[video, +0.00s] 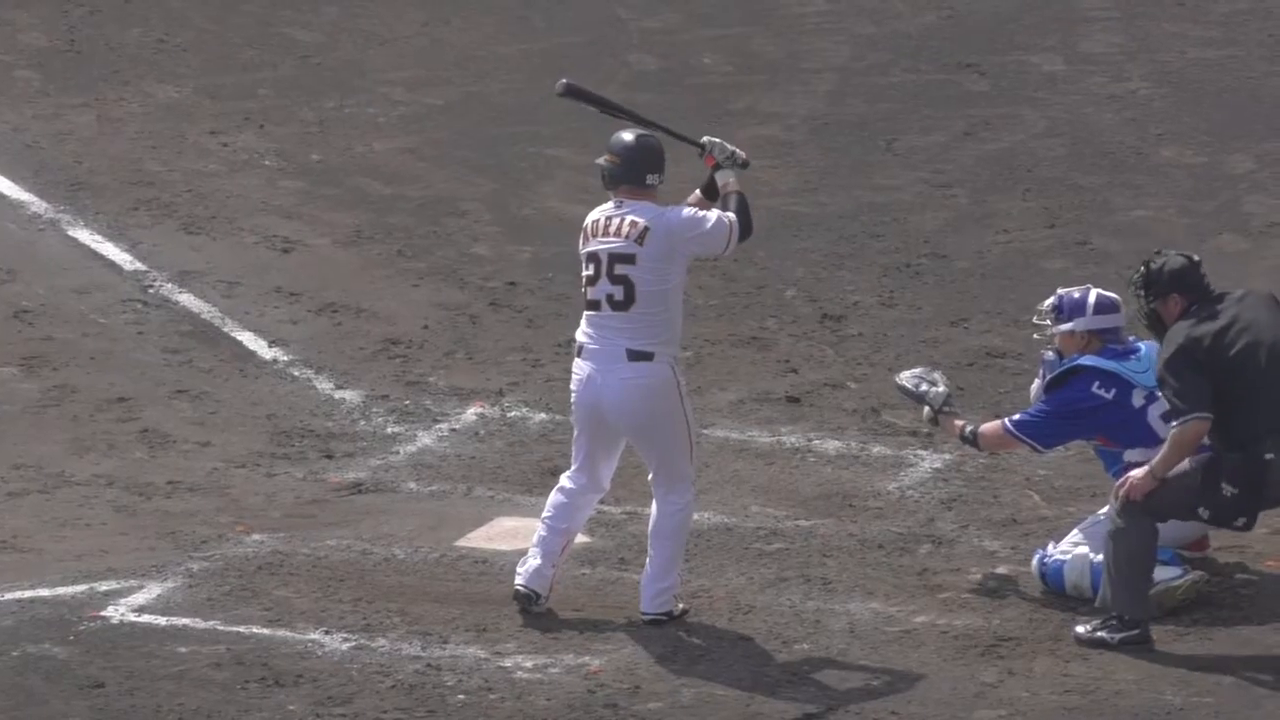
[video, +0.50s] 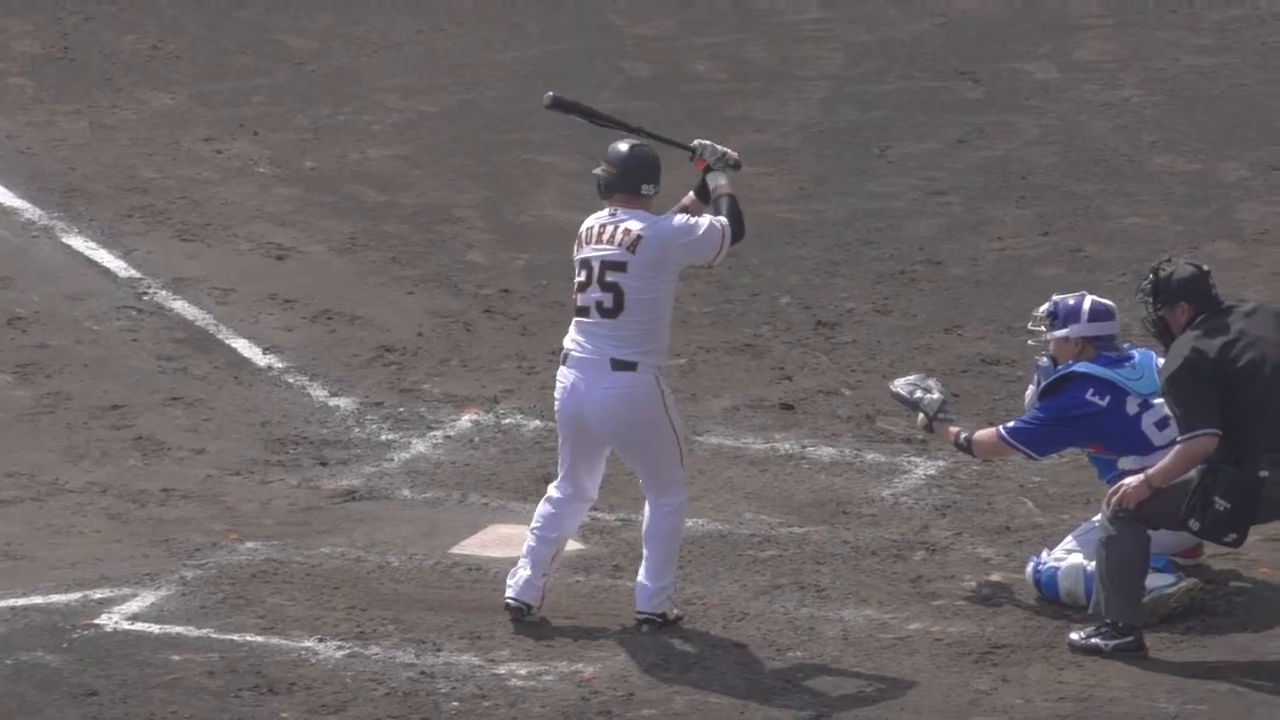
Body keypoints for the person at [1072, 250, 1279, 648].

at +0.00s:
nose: (1152, 313)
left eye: (1154, 304)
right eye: (1149, 304)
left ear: (1175, 303)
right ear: (1201, 288)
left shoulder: (1182, 343)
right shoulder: (1260, 301)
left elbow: (1195, 422)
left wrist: (1152, 473)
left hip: (1256, 470)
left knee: (1132, 499)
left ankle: (1127, 619)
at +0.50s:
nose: (1159, 321)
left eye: (1161, 312)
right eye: (1157, 312)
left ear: (1183, 311)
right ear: (1205, 300)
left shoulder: (1186, 356)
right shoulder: (1262, 314)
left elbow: (1202, 438)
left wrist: (1146, 481)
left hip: (1251, 488)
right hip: (1273, 475)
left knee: (1124, 505)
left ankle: (1120, 626)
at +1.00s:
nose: (1081, 326)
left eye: (1084, 318)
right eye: (1079, 318)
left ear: (1105, 318)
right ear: (1130, 306)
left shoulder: (1105, 363)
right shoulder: (1186, 326)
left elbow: (1118, 441)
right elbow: (1239, 395)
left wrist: (1067, 478)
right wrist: (1222, 447)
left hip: (1164, 488)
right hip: (1228, 476)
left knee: (1045, 502)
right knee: (1237, 478)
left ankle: (1043, 613)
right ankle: (1277, 579)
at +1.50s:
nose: (1035, 325)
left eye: (1037, 318)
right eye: (1033, 317)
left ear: (1056, 318)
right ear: (1081, 308)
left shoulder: (1056, 358)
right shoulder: (1129, 326)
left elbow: (1068, 428)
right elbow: (1176, 387)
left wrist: (1022, 460)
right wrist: (1159, 431)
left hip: (1108, 471)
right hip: (1165, 457)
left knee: (1004, 482)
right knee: (1171, 463)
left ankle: (1001, 580)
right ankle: (1213, 550)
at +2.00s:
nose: (1052, 356)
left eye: (1053, 348)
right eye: (1050, 348)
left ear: (1071, 346)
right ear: (1097, 337)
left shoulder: (1073, 384)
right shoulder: (1144, 355)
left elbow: (1081, 457)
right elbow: (1191, 415)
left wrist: (1037, 489)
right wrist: (1171, 461)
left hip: (1120, 497)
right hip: (1178, 487)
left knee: (1018, 509)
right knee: (1186, 491)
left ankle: (1015, 606)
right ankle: (1228, 578)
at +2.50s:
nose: (1057, 346)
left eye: (1058, 339)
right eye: (1055, 339)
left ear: (1075, 335)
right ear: (1098, 323)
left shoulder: (1078, 376)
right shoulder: (1148, 339)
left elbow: (1092, 448)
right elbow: (1189, 401)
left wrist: (1051, 486)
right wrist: (1190, 448)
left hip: (1139, 482)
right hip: (1193, 468)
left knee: (1038, 509)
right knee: (1207, 497)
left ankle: (1039, 604)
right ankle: (1253, 574)